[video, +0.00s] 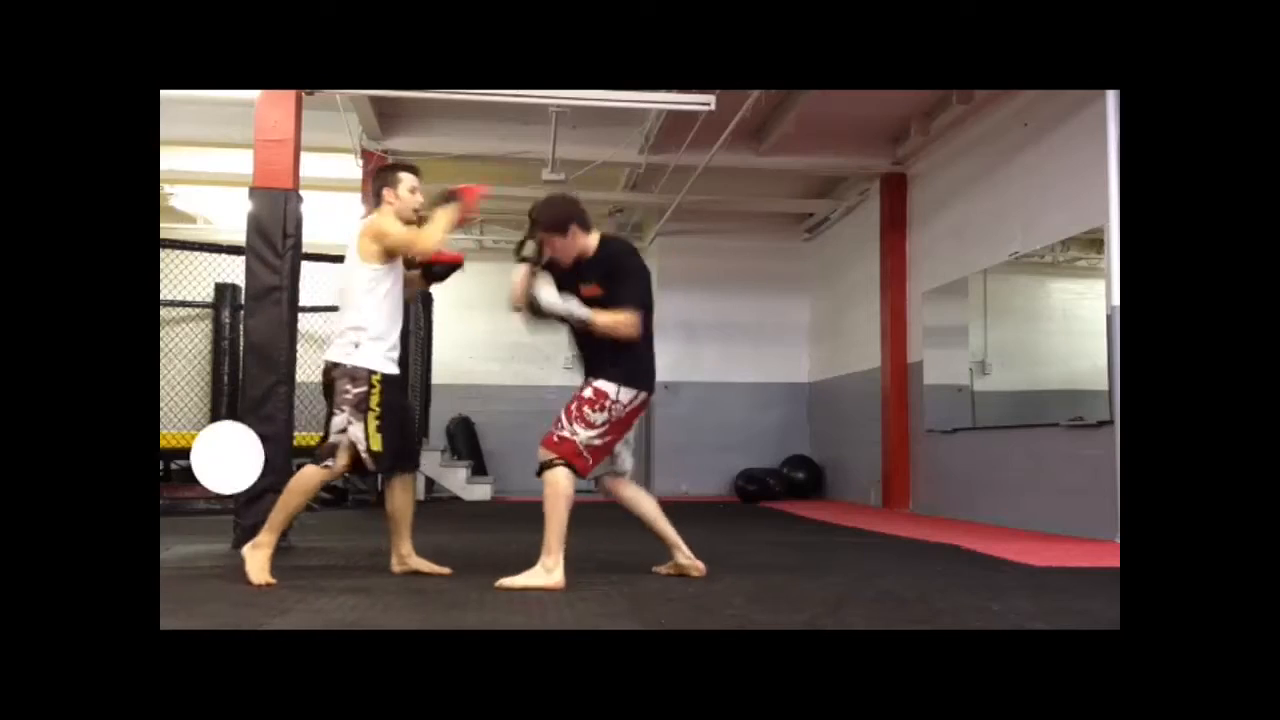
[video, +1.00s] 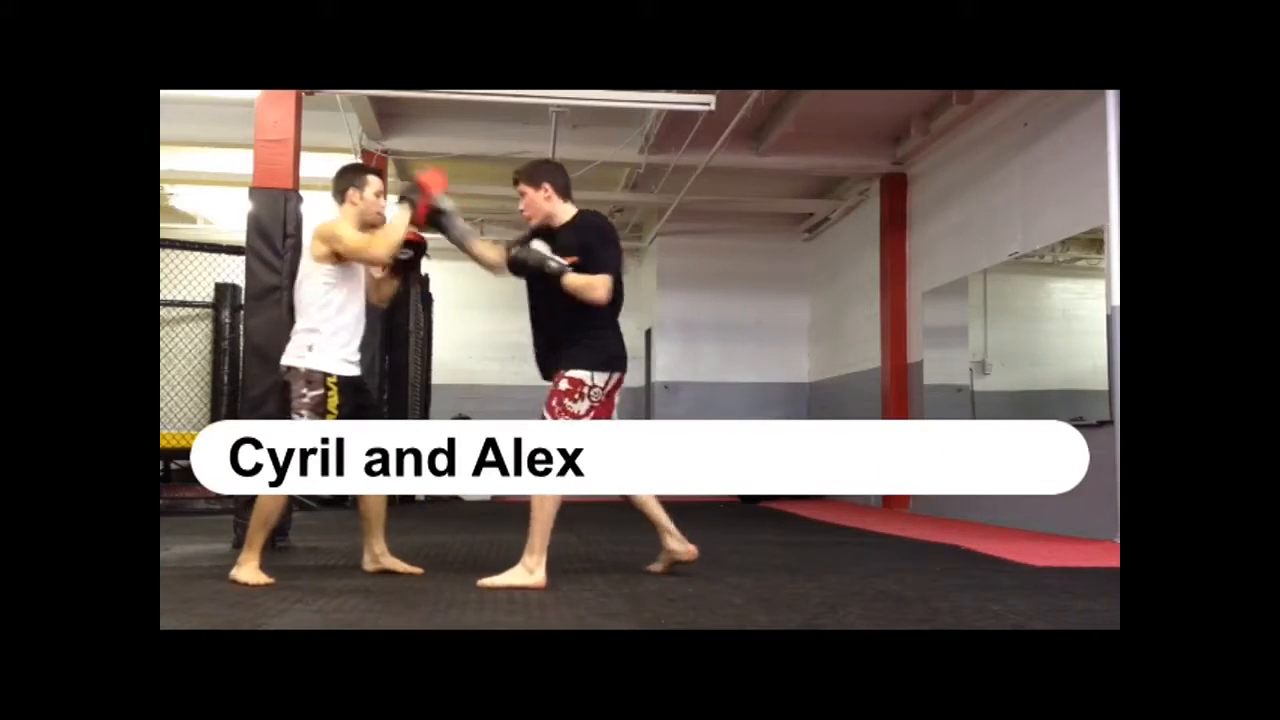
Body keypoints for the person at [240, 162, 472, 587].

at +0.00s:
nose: (421, 199)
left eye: (420, 192)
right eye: (413, 191)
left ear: (392, 197)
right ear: (388, 194)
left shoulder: (387, 233)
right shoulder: (379, 223)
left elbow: (390, 287)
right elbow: (424, 244)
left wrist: (428, 276)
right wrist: (447, 212)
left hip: (381, 363)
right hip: (358, 362)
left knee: (401, 460)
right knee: (336, 458)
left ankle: (403, 553)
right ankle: (262, 544)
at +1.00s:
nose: (385, 204)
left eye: (385, 196)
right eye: (378, 195)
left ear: (361, 198)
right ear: (353, 196)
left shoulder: (361, 243)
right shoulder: (329, 232)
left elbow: (379, 296)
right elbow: (379, 250)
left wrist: (402, 258)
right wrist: (406, 211)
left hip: (346, 368)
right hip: (313, 366)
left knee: (374, 458)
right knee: (291, 463)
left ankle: (376, 551)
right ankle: (248, 560)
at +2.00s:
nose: (382, 212)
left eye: (383, 204)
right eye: (377, 203)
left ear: (354, 202)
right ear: (350, 199)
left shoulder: (357, 243)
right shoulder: (300, 233)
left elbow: (380, 280)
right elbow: (270, 289)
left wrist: (409, 269)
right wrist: (334, 289)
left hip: (339, 367)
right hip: (296, 365)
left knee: (359, 456)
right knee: (271, 458)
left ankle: (362, 548)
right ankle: (208, 536)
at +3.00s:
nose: (327, 191)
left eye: (326, 184)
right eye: (321, 183)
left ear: (301, 187)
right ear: (294, 185)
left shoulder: (300, 237)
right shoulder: (259, 226)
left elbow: (291, 290)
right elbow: (233, 283)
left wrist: (330, 289)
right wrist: (303, 286)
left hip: (289, 362)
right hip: (255, 361)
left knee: (318, 449)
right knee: (257, 459)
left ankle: (266, 535)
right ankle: (235, 560)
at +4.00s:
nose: (394, 200)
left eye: (395, 192)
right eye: (388, 192)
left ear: (375, 195)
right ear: (362, 193)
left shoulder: (380, 244)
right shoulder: (324, 233)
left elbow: (429, 272)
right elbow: (328, 283)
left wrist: (438, 227)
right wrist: (374, 242)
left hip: (380, 370)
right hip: (333, 369)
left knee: (411, 458)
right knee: (301, 464)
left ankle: (421, 548)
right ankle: (261, 558)